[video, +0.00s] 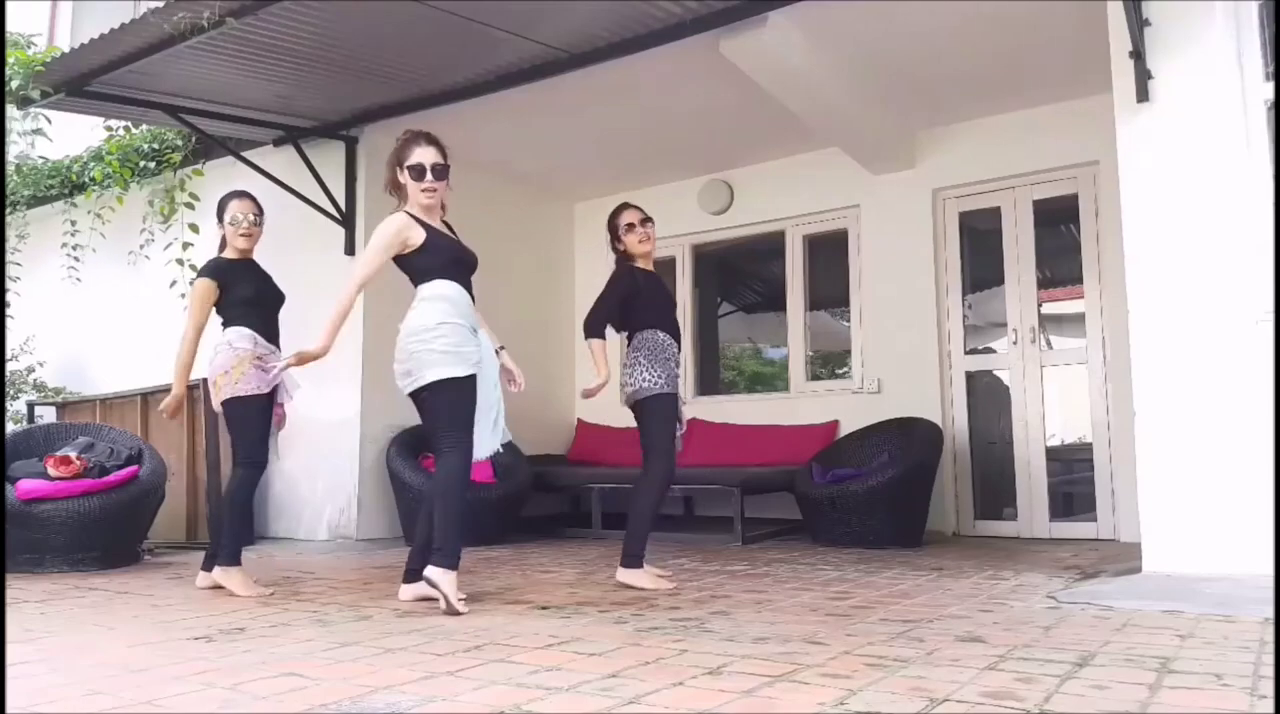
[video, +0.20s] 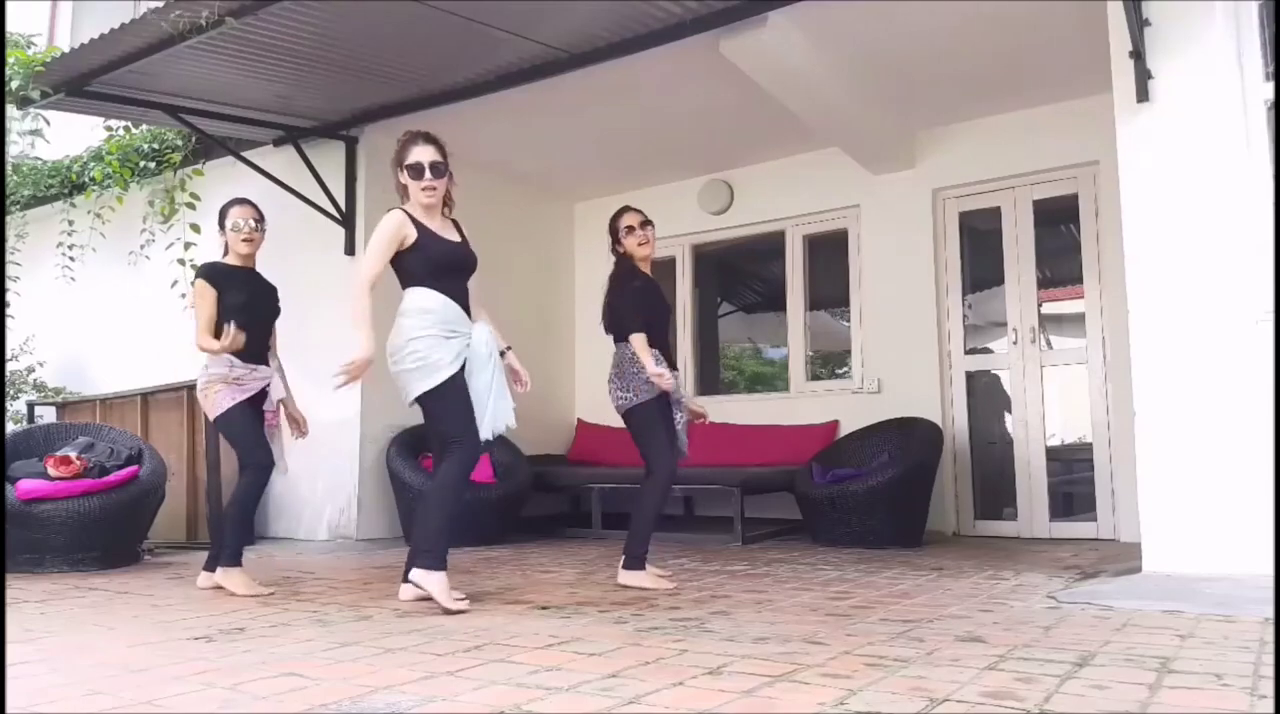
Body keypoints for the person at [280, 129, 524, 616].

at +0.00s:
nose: (429, 178)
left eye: (438, 170)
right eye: (417, 170)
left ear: (448, 176)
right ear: (399, 177)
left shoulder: (443, 228)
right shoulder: (401, 223)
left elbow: (463, 303)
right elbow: (355, 284)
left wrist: (498, 351)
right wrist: (323, 345)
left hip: (460, 347)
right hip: (433, 344)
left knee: (449, 458)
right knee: (455, 452)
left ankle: (417, 574)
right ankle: (445, 565)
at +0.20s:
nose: (427, 177)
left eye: (436, 168)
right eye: (416, 170)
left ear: (448, 174)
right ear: (401, 177)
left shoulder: (453, 227)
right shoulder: (399, 221)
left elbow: (469, 301)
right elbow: (362, 280)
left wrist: (503, 350)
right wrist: (366, 349)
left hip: (460, 345)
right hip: (424, 343)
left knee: (454, 451)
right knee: (462, 445)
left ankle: (419, 568)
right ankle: (430, 566)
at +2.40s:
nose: (414, 184)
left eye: (423, 174)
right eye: (405, 178)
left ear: (446, 175)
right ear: (399, 185)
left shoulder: (474, 234)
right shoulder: (391, 234)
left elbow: (491, 304)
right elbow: (371, 303)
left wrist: (522, 351)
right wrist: (361, 365)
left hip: (460, 356)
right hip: (403, 354)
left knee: (450, 461)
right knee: (398, 449)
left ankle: (437, 574)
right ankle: (352, 573)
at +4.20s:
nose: (393, 194)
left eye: (400, 185)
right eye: (392, 187)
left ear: (431, 183)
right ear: (420, 187)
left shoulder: (469, 240)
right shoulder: (394, 243)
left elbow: (482, 309)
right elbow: (348, 294)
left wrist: (498, 370)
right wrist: (353, 235)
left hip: (433, 363)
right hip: (378, 360)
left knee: (423, 470)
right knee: (378, 467)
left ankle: (448, 576)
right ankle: (378, 577)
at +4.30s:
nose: (402, 192)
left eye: (408, 183)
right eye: (400, 185)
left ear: (439, 181)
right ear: (429, 185)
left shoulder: (476, 241)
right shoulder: (398, 237)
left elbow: (490, 312)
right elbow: (361, 293)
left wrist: (513, 366)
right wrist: (348, 268)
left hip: (441, 361)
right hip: (384, 357)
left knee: (437, 469)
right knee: (382, 468)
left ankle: (453, 572)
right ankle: (379, 576)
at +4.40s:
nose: (415, 190)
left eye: (422, 181)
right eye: (413, 183)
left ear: (452, 180)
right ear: (442, 183)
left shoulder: (487, 243)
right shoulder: (405, 236)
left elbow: (506, 315)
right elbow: (372, 289)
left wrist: (530, 367)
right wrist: (352, 300)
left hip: (449, 362)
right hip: (393, 358)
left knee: (465, 468)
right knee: (389, 469)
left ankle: (487, 576)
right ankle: (379, 577)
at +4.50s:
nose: (431, 185)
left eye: (438, 177)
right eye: (431, 178)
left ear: (467, 175)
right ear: (455, 178)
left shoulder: (504, 238)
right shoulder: (424, 233)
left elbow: (523, 306)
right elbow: (401, 292)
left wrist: (548, 360)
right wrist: (378, 320)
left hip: (465, 354)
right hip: (410, 350)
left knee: (498, 458)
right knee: (395, 465)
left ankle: (529, 575)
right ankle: (379, 574)